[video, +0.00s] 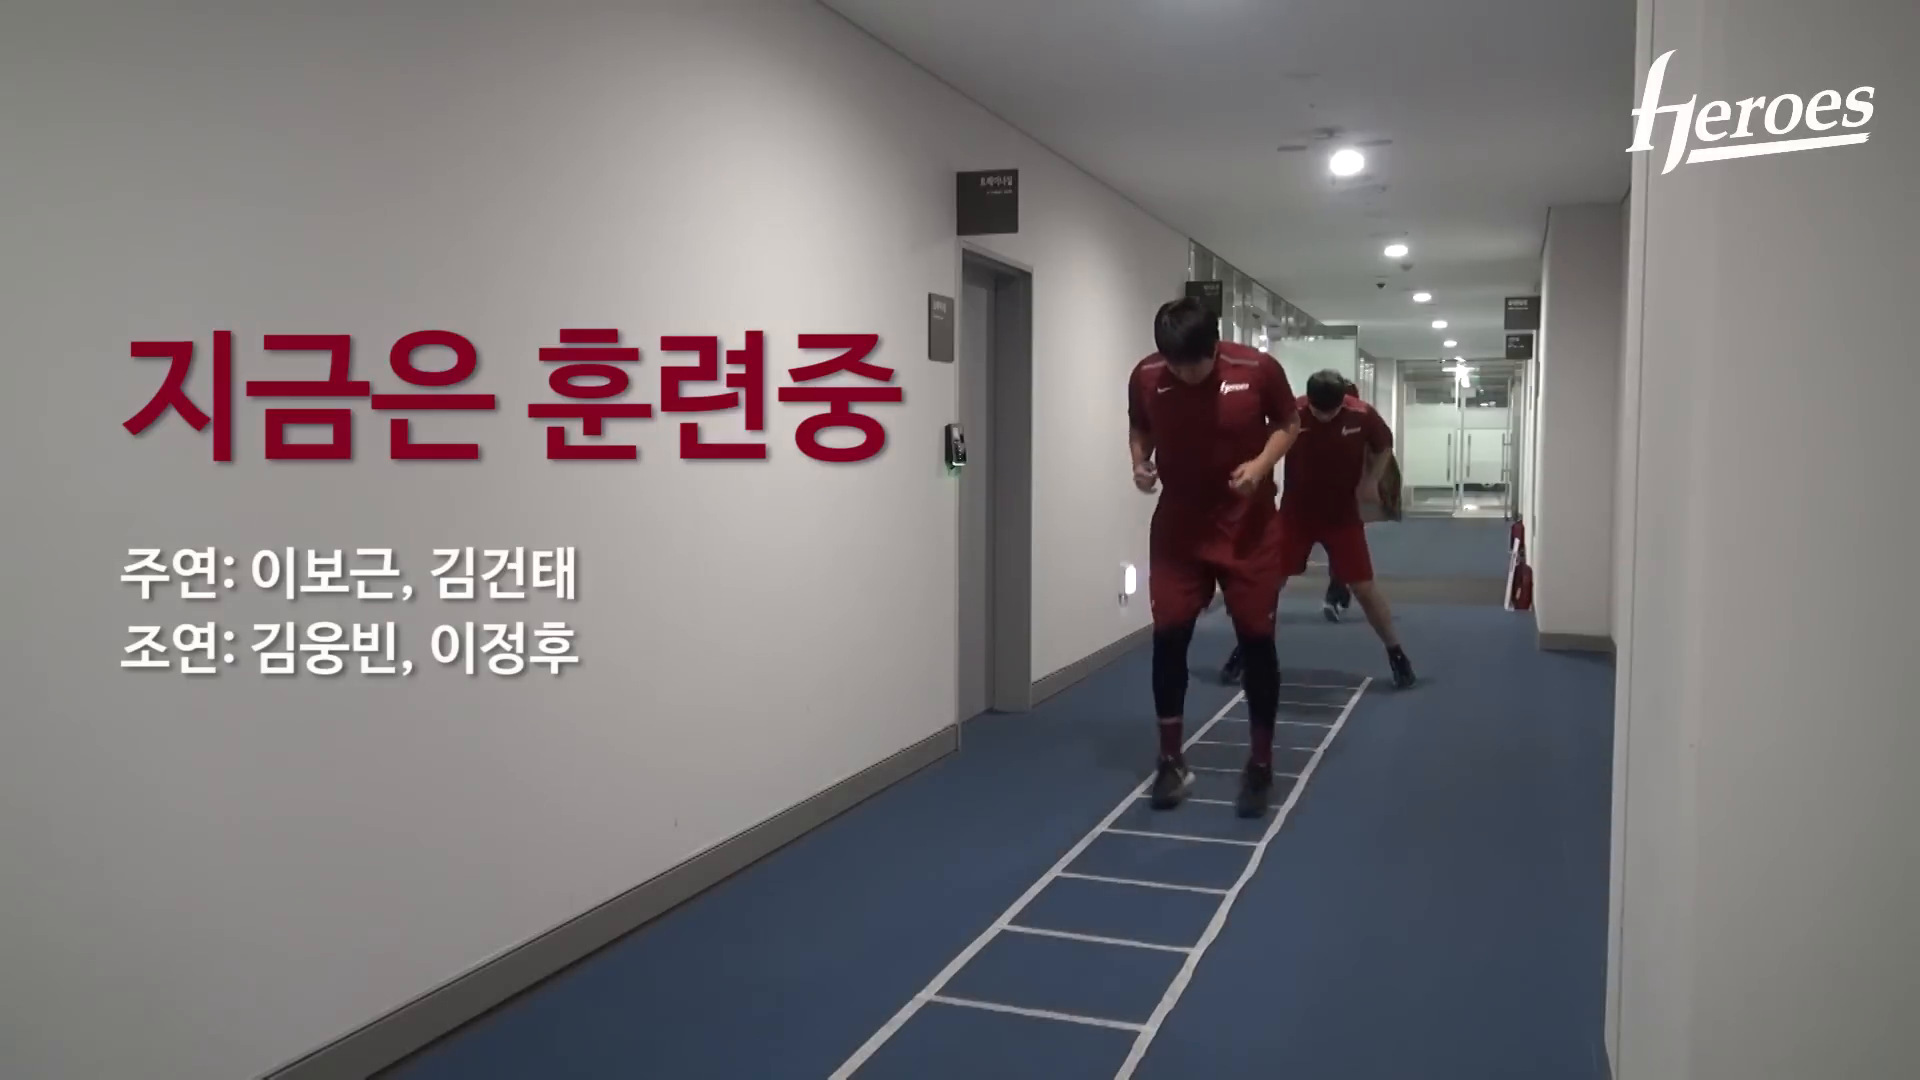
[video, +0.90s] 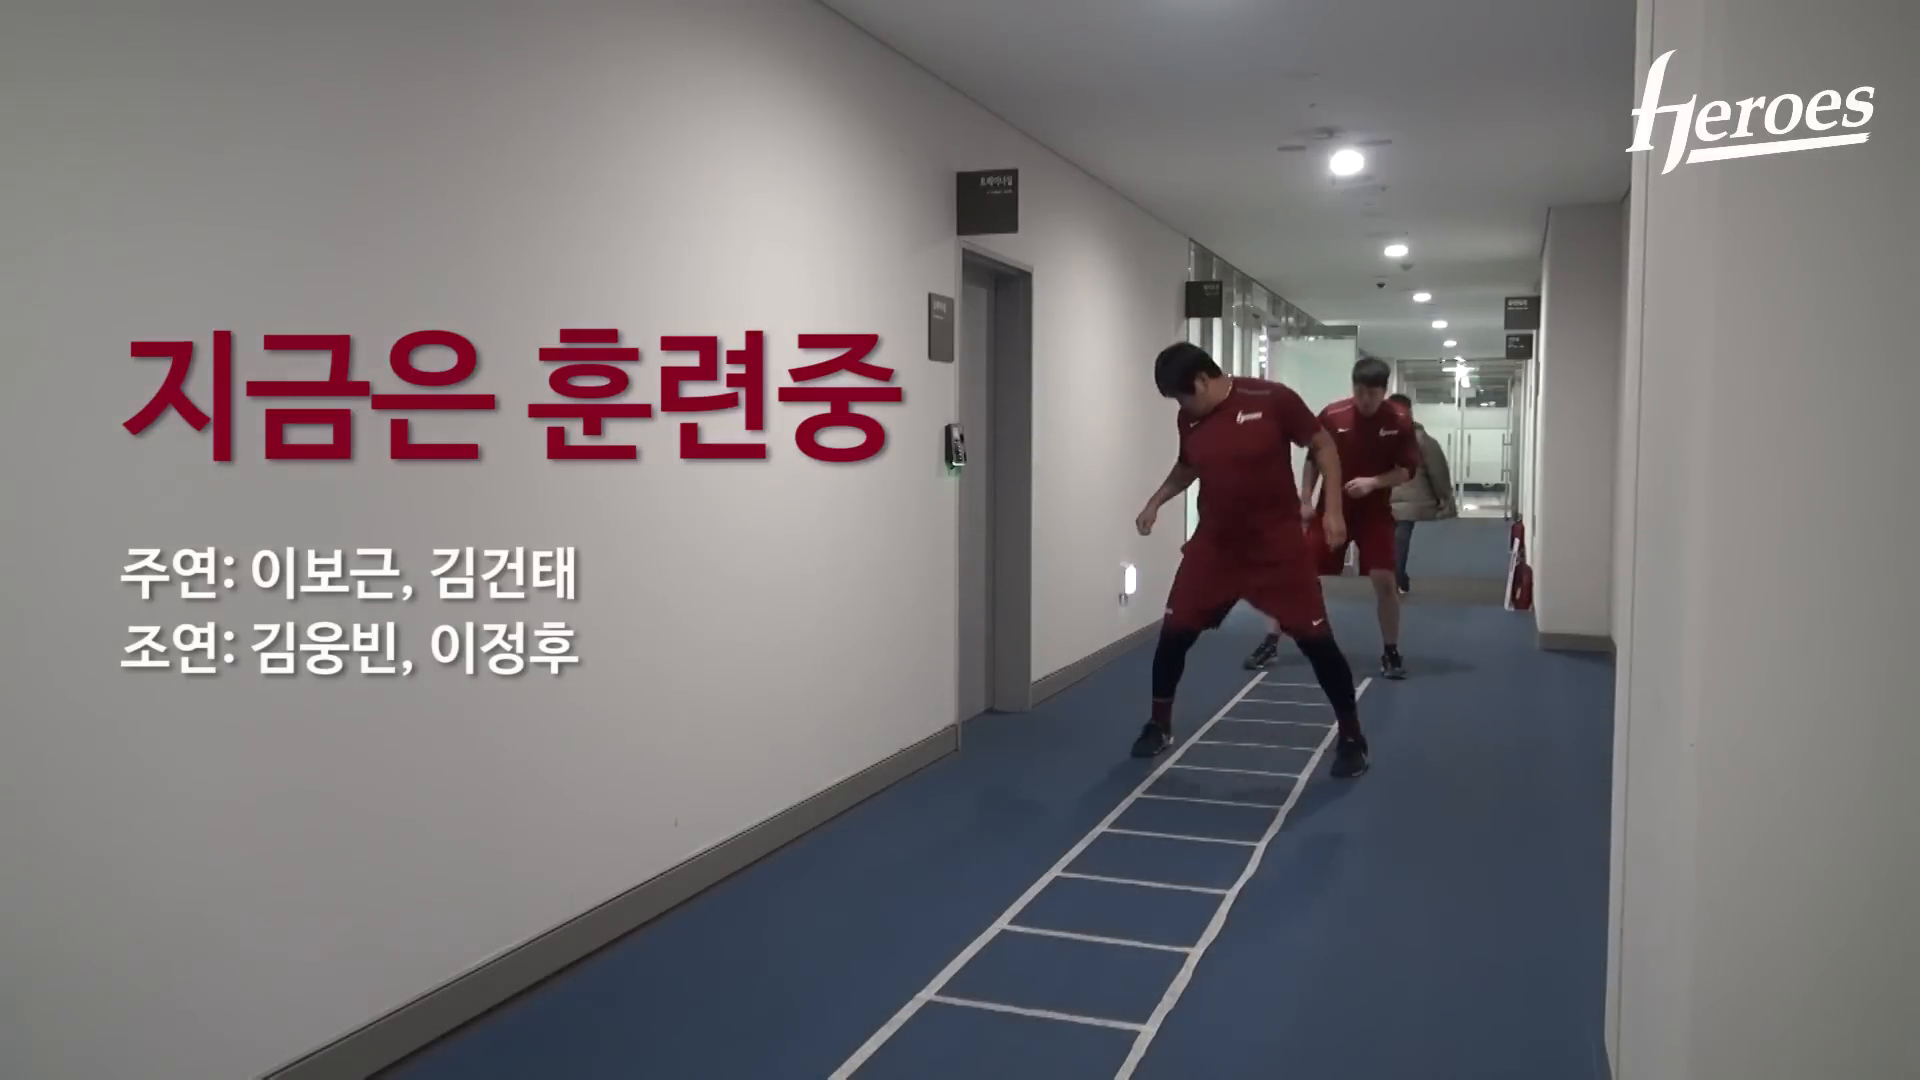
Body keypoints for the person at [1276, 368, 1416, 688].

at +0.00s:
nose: (1324, 418)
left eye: (1330, 413)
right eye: (1318, 413)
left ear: (1341, 402)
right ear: (1308, 400)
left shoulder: (1361, 415)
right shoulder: (1292, 415)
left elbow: (1384, 445)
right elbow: (1266, 444)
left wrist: (1373, 480)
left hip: (1342, 516)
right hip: (1296, 513)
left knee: (1364, 588)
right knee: (1267, 584)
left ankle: (1396, 655)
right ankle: (1245, 649)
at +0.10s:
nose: (1325, 408)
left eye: (1332, 404)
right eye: (1320, 403)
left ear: (1343, 393)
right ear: (1309, 391)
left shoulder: (1360, 405)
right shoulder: (1292, 404)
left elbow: (1386, 431)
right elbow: (1265, 428)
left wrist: (1371, 463)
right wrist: (1276, 461)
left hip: (1341, 501)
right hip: (1297, 499)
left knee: (1350, 579)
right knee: (1281, 577)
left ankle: (1372, 649)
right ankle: (1279, 653)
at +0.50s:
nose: (1320, 414)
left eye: (1327, 407)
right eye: (1314, 407)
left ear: (1338, 398)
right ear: (1305, 396)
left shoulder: (1360, 410)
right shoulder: (1295, 414)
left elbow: (1390, 430)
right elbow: (1272, 450)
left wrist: (1384, 466)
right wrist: (1282, 483)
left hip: (1344, 508)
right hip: (1299, 506)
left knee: (1365, 578)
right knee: (1274, 576)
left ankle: (1383, 647)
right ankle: (1260, 647)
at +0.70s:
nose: (1331, 424)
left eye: (1337, 418)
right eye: (1327, 417)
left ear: (1350, 413)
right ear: (1318, 411)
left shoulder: (1367, 436)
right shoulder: (1301, 434)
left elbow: (1389, 480)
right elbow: (1279, 473)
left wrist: (1387, 516)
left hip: (1349, 523)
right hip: (1304, 521)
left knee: (1372, 586)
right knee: (1279, 589)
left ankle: (1388, 652)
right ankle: (1250, 646)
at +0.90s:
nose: (1365, 399)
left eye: (1372, 393)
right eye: (1360, 392)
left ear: (1384, 390)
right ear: (1353, 388)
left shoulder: (1399, 421)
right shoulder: (1332, 416)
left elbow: (1407, 470)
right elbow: (1313, 459)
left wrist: (1374, 481)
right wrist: (1305, 500)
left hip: (1374, 512)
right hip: (1331, 506)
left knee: (1384, 579)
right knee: (1300, 570)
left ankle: (1391, 651)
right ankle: (1271, 640)